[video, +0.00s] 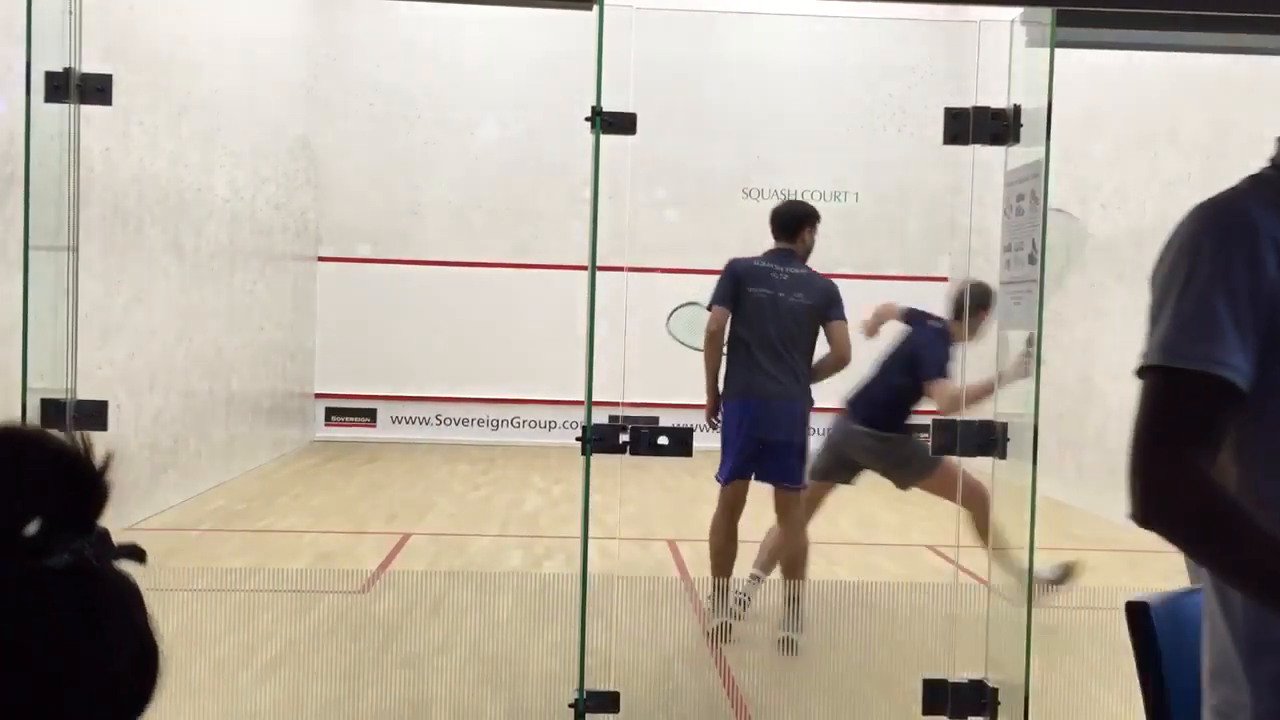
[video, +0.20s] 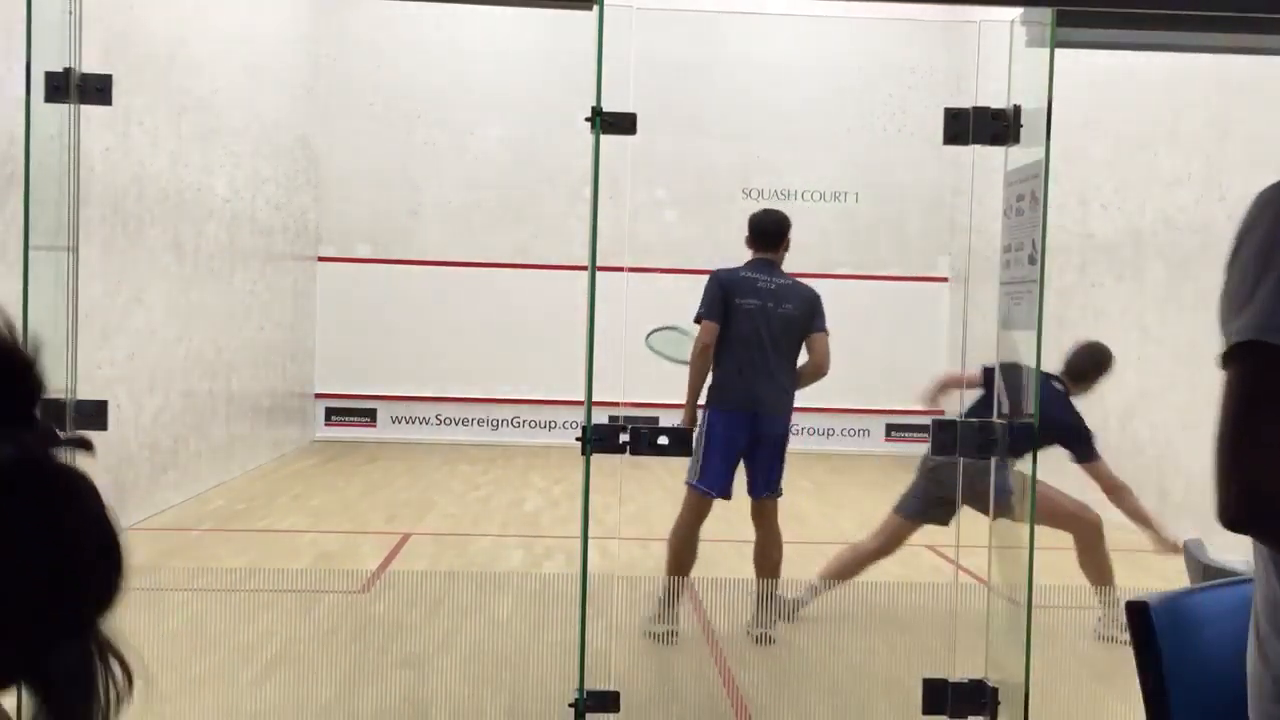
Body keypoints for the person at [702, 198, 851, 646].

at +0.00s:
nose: (816, 240)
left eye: (815, 233)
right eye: (815, 234)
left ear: (773, 232)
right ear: (806, 234)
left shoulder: (739, 270)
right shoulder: (822, 287)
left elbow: (713, 331)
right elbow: (841, 355)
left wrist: (712, 391)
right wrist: (805, 377)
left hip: (741, 406)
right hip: (790, 412)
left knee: (729, 505)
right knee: (791, 514)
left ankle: (719, 610)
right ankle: (793, 623)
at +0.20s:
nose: (781, 247)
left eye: (755, 238)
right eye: (786, 242)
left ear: (748, 241)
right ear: (787, 245)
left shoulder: (723, 281)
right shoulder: (806, 296)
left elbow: (705, 342)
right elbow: (820, 365)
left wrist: (690, 405)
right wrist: (782, 386)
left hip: (725, 413)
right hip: (774, 419)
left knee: (693, 511)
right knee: (766, 515)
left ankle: (667, 615)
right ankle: (765, 620)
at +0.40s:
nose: (714, 242)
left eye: (712, 236)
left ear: (710, 238)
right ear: (749, 240)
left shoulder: (695, 279)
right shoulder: (772, 291)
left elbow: (684, 344)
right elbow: (794, 358)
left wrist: (670, 405)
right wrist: (757, 382)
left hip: (701, 414)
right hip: (750, 419)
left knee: (652, 509)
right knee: (756, 514)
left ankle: (618, 608)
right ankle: (767, 618)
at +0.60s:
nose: (648, 263)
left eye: (648, 257)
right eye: (657, 256)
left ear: (651, 261)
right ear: (687, 261)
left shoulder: (647, 306)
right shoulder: (711, 309)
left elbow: (647, 374)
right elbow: (734, 378)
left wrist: (630, 443)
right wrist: (691, 394)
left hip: (663, 444)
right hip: (713, 444)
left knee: (595, 512)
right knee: (734, 528)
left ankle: (580, 621)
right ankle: (777, 618)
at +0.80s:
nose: (550, 263)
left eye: (553, 255)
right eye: (552, 255)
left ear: (566, 258)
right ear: (585, 256)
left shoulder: (592, 304)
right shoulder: (589, 300)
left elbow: (600, 378)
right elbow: (597, 375)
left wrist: (552, 437)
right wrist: (557, 400)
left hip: (608, 436)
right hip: (627, 433)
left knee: (545, 523)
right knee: (641, 531)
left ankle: (572, 631)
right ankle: (733, 598)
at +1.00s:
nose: (467, 269)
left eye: (470, 261)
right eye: (467, 261)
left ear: (488, 262)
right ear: (496, 260)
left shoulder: (528, 301)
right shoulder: (501, 305)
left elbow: (518, 373)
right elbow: (493, 370)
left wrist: (450, 405)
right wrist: (452, 371)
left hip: (564, 425)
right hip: (542, 424)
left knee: (529, 529)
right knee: (489, 499)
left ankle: (571, 628)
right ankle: (549, 588)